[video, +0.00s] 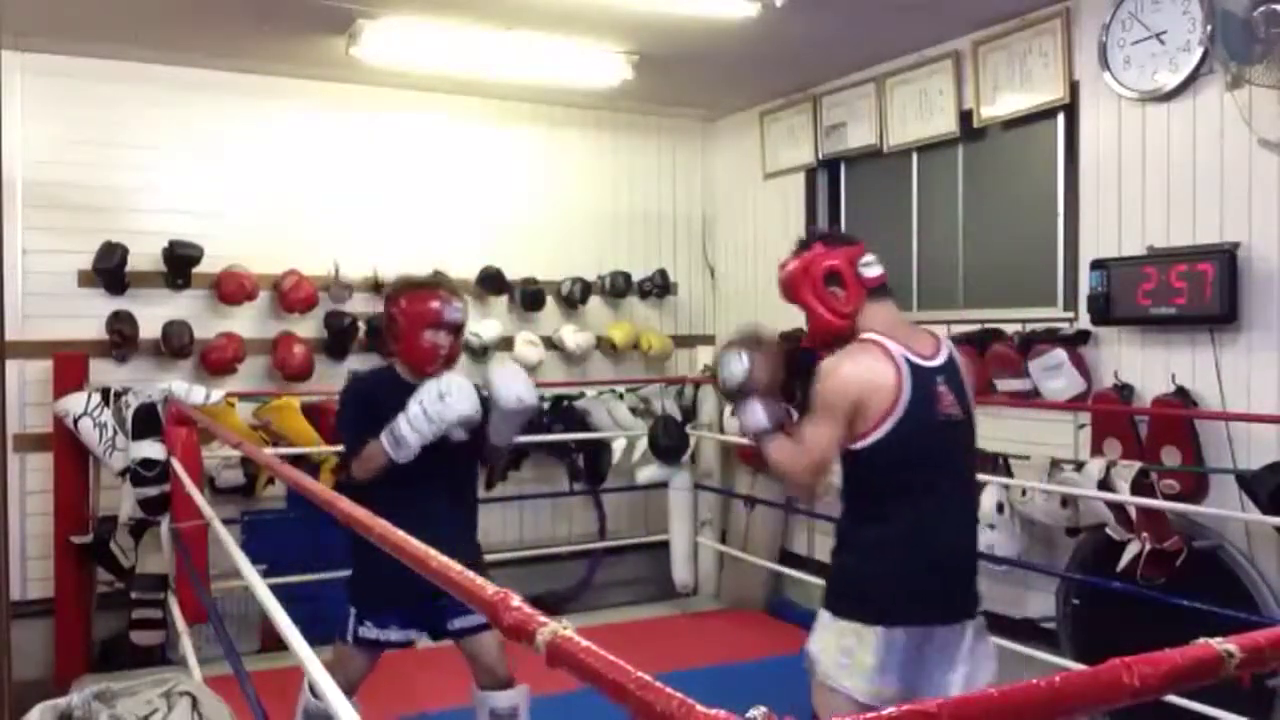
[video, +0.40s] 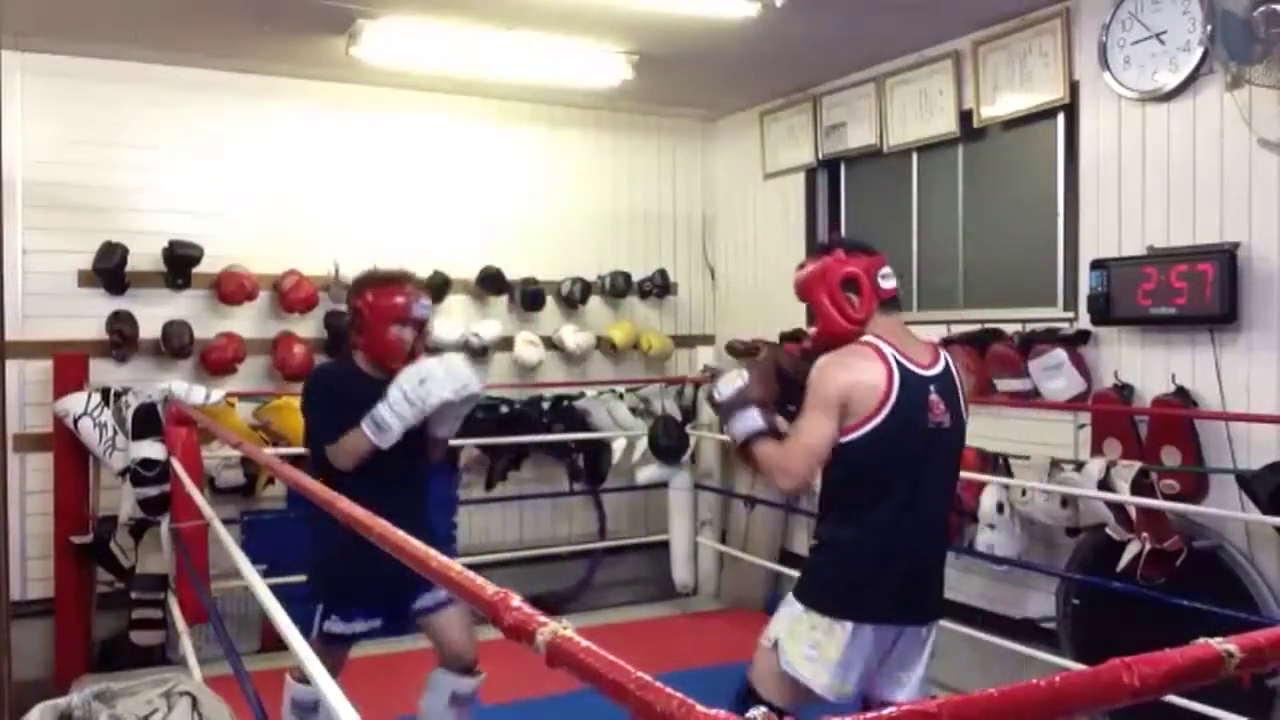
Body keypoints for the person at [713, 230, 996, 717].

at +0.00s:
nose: (807, 320)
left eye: (807, 305)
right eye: (802, 307)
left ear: (836, 292)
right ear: (868, 280)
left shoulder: (850, 370)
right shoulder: (946, 352)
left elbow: (800, 469)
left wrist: (756, 406)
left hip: (873, 602)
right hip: (953, 593)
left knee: (840, 707)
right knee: (943, 715)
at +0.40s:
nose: (811, 323)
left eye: (813, 308)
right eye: (808, 308)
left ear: (849, 297)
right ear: (873, 293)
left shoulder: (841, 369)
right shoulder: (943, 363)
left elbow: (789, 472)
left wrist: (742, 415)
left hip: (845, 591)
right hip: (920, 590)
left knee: (762, 704)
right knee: (890, 711)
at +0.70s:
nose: (780, 323)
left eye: (782, 307)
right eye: (775, 309)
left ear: (817, 297)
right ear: (831, 291)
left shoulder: (852, 371)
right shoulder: (892, 359)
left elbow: (773, 456)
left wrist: (743, 382)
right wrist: (770, 392)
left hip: (828, 584)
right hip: (888, 582)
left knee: (735, 708)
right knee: (876, 709)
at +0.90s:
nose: (759, 338)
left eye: (759, 324)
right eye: (754, 326)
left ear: (788, 311)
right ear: (804, 302)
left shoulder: (833, 384)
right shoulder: (863, 363)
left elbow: (762, 474)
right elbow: (778, 448)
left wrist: (718, 404)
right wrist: (744, 389)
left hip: (810, 589)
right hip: (869, 586)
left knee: (723, 705)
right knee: (859, 709)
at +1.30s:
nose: (795, 318)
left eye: (798, 304)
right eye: (793, 305)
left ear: (828, 296)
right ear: (854, 294)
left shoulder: (837, 367)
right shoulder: (907, 368)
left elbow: (781, 464)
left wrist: (742, 398)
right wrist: (782, 386)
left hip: (808, 585)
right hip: (878, 589)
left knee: (710, 699)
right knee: (868, 713)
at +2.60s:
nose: (598, 323)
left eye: (602, 309)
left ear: (618, 310)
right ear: (688, 310)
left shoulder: (572, 395)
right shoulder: (738, 411)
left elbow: (534, 518)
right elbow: (735, 535)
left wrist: (590, 479)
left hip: (586, 668)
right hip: (691, 668)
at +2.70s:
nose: (583, 309)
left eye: (585, 294)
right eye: (582, 296)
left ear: (604, 289)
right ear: (674, 288)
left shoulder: (569, 368)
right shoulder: (732, 380)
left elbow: (527, 497)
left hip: (588, 649)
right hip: (692, 648)